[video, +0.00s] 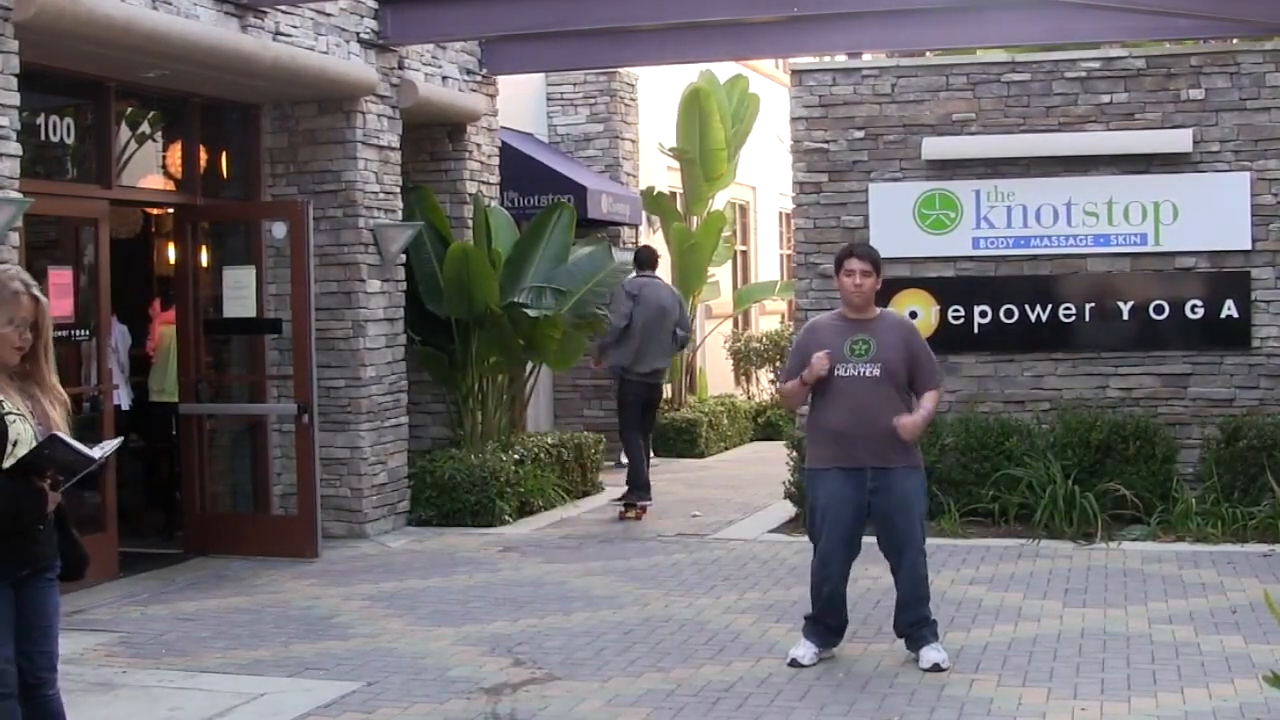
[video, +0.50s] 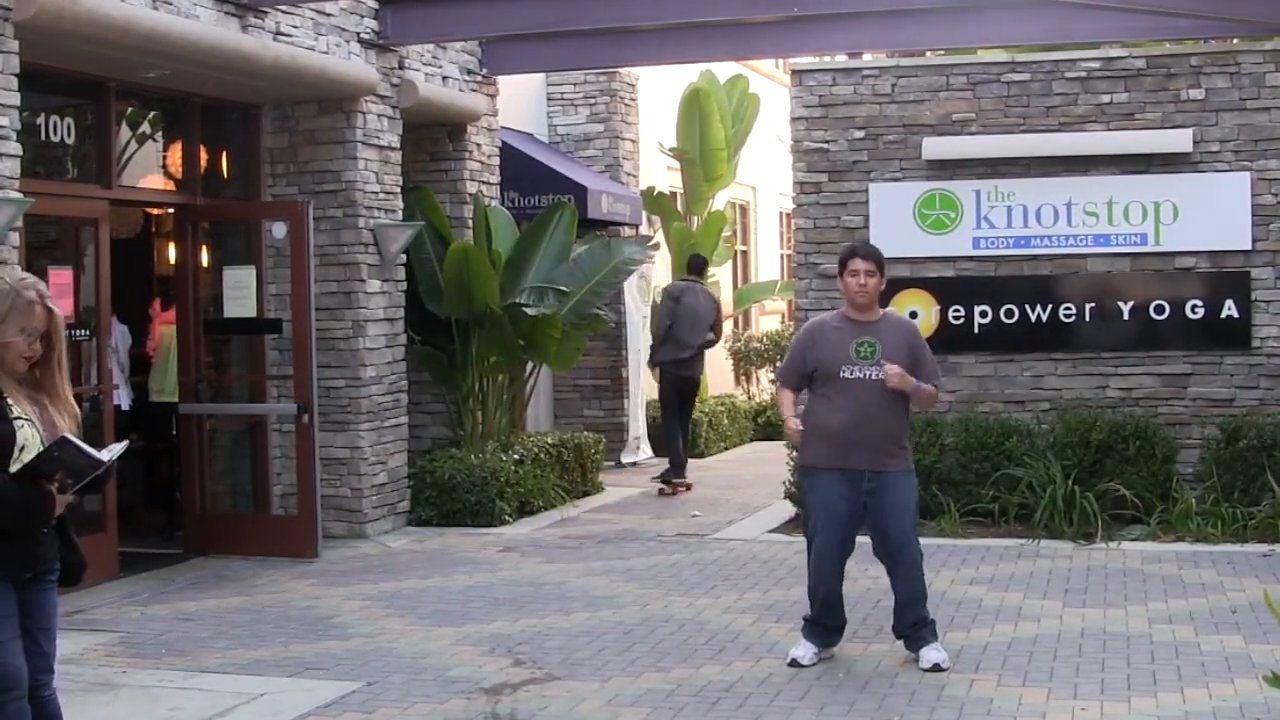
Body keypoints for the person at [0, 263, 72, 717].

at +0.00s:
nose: (24, 336)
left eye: (30, 326)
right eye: (14, 324)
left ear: (38, 330)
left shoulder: (43, 391)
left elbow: (66, 473)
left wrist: (55, 495)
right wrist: (29, 497)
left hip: (38, 556)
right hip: (2, 557)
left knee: (42, 682)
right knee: (6, 685)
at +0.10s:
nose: (26, 339)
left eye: (33, 330)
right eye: (16, 327)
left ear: (40, 334)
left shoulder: (43, 392)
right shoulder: (2, 395)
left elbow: (65, 471)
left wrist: (55, 494)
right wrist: (33, 498)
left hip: (40, 554)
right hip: (2, 556)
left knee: (40, 683)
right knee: (9, 687)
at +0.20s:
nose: (30, 342)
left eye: (36, 332)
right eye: (19, 330)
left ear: (43, 334)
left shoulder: (47, 393)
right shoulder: (2, 397)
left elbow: (67, 470)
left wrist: (60, 492)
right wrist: (35, 503)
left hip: (41, 556)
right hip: (2, 558)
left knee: (40, 684)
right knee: (10, 688)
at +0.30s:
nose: (33, 343)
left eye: (39, 333)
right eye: (22, 331)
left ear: (46, 336)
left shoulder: (48, 395)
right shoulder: (2, 398)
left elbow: (69, 471)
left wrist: (60, 494)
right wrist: (38, 502)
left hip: (41, 557)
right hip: (2, 559)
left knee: (41, 683)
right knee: (10, 687)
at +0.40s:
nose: (34, 345)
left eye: (40, 336)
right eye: (24, 333)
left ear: (46, 339)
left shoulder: (47, 396)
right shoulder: (2, 398)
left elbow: (71, 472)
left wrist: (62, 492)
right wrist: (38, 504)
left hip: (41, 559)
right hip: (2, 561)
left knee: (41, 684)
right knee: (11, 687)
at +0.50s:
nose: (35, 346)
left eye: (41, 336)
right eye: (24, 333)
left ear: (47, 340)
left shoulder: (48, 396)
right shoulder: (2, 399)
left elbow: (71, 472)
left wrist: (63, 492)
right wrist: (39, 503)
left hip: (42, 558)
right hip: (2, 560)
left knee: (41, 683)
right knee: (12, 685)